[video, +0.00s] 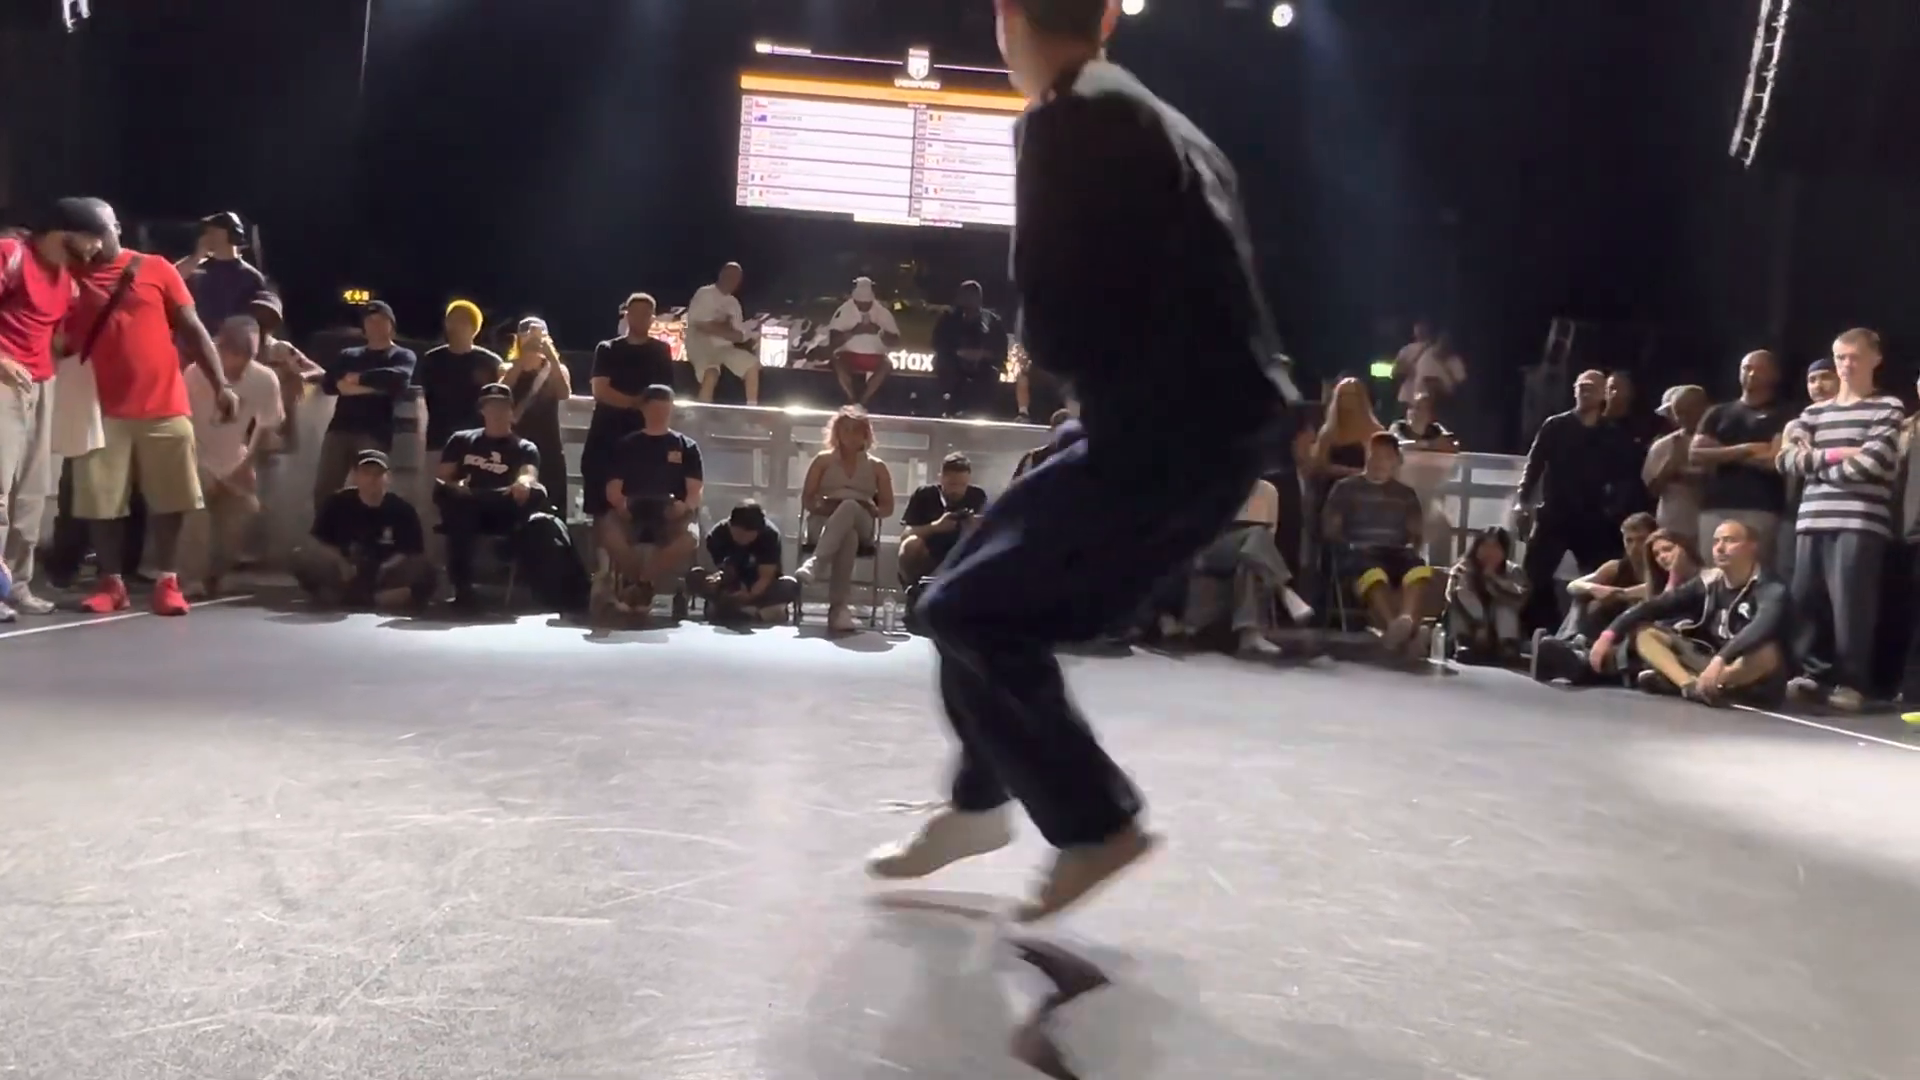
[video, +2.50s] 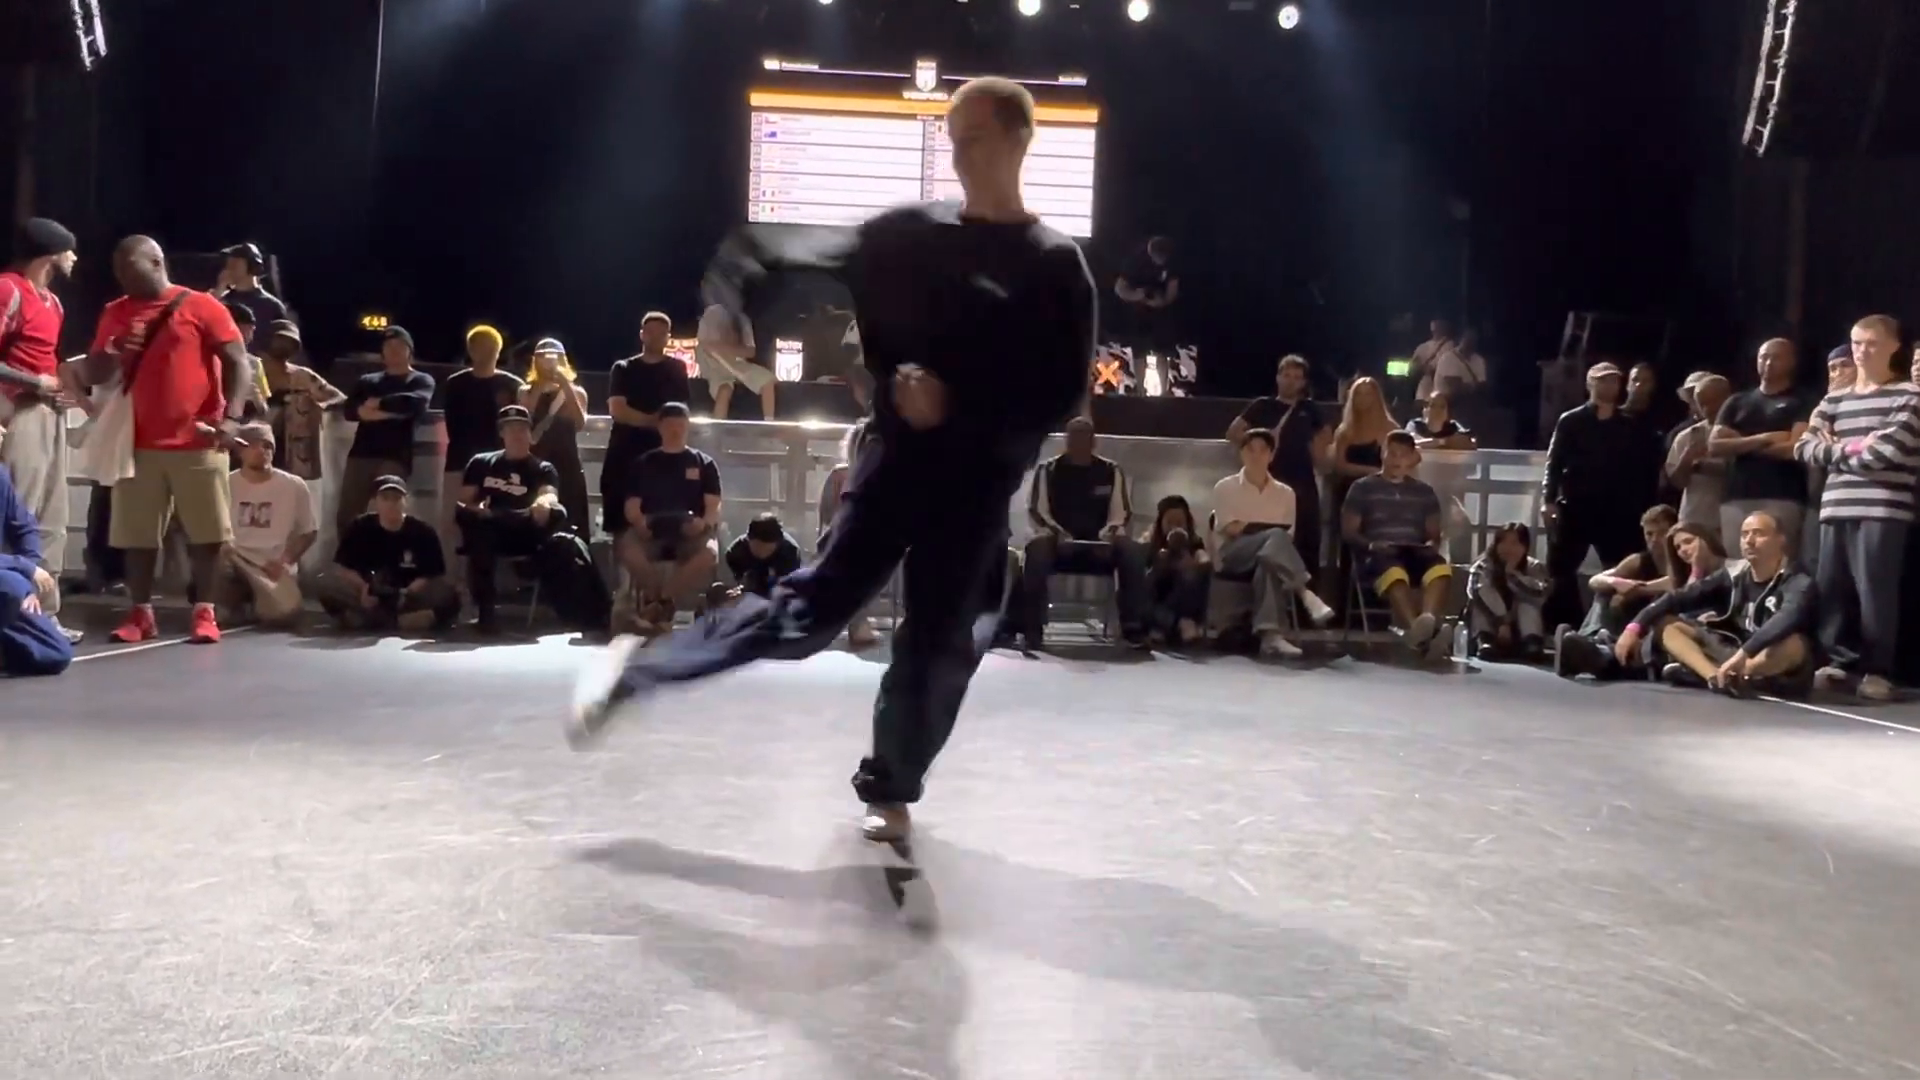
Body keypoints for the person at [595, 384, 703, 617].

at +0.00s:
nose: (659, 412)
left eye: (664, 407)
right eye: (654, 406)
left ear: (671, 409)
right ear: (644, 409)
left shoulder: (687, 447)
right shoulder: (625, 445)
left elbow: (695, 494)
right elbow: (613, 489)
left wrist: (679, 508)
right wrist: (628, 510)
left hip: (670, 509)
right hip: (633, 508)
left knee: (689, 537)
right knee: (608, 527)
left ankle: (642, 581)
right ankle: (639, 584)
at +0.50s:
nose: (653, 411)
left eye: (658, 405)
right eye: (648, 405)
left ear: (666, 408)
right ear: (638, 408)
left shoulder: (682, 445)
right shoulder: (620, 444)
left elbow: (690, 490)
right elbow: (609, 488)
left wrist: (678, 507)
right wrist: (622, 510)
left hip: (667, 509)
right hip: (629, 508)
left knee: (687, 537)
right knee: (605, 529)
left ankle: (639, 583)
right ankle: (639, 585)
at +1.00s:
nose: (661, 433)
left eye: (665, 427)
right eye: (655, 428)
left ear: (672, 431)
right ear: (645, 431)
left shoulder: (689, 467)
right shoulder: (628, 467)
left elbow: (698, 512)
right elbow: (616, 510)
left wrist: (687, 527)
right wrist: (628, 527)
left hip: (673, 528)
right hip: (637, 528)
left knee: (693, 558)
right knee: (613, 551)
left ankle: (647, 607)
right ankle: (648, 606)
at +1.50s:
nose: (665, 436)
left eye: (670, 431)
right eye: (659, 431)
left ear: (676, 434)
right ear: (648, 434)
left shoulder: (693, 470)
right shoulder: (632, 470)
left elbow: (702, 512)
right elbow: (621, 512)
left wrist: (692, 529)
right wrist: (630, 532)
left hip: (678, 531)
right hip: (642, 530)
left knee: (697, 560)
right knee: (616, 555)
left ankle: (652, 609)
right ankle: (651, 608)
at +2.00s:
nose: (670, 433)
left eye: (675, 428)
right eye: (665, 428)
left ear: (682, 430)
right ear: (654, 430)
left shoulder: (698, 467)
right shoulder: (637, 467)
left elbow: (707, 509)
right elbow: (626, 509)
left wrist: (698, 527)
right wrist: (635, 528)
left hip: (683, 528)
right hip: (647, 528)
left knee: (703, 557)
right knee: (623, 552)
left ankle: (655, 607)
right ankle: (659, 606)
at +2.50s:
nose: (675, 429)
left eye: (679, 424)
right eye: (669, 424)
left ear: (687, 427)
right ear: (659, 427)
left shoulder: (704, 463)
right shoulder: (643, 463)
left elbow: (713, 507)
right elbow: (631, 506)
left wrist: (702, 523)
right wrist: (642, 525)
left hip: (689, 524)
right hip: (652, 524)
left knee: (708, 554)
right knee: (628, 547)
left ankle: (662, 601)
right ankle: (659, 601)